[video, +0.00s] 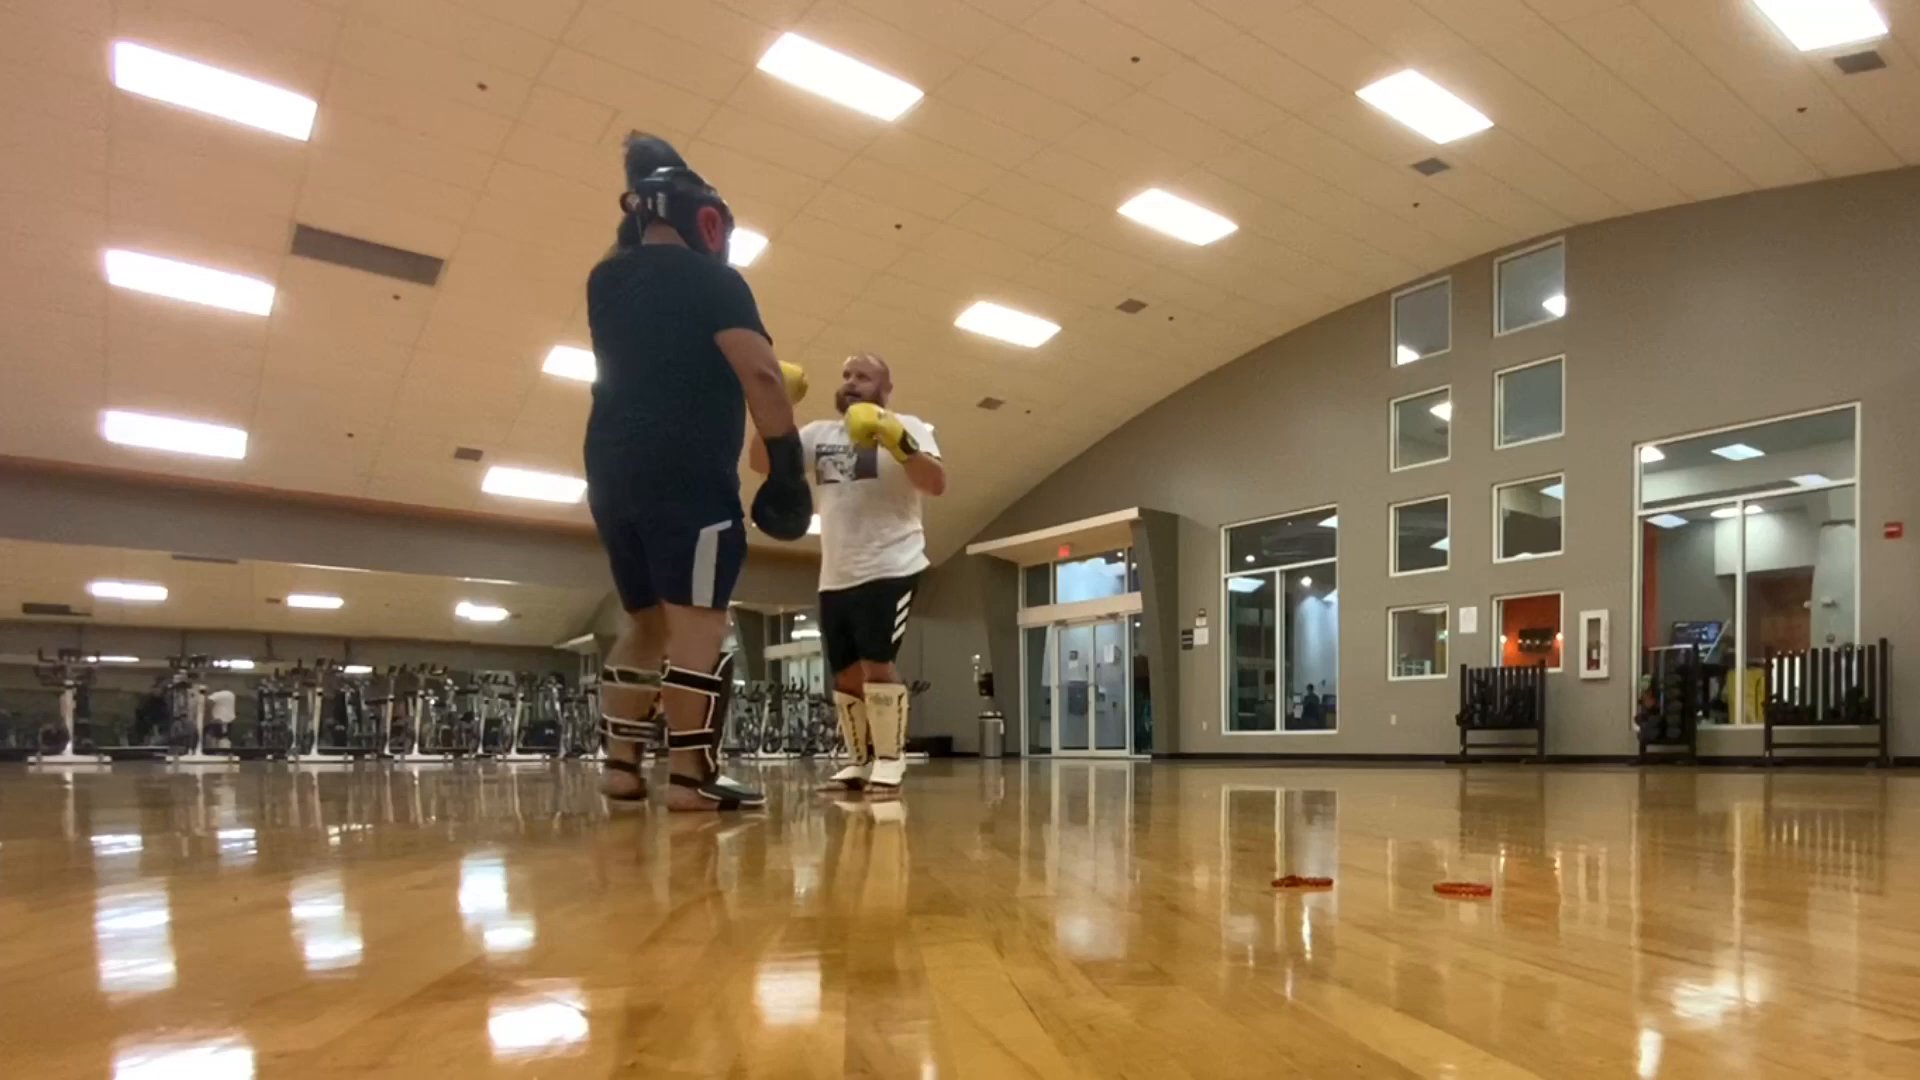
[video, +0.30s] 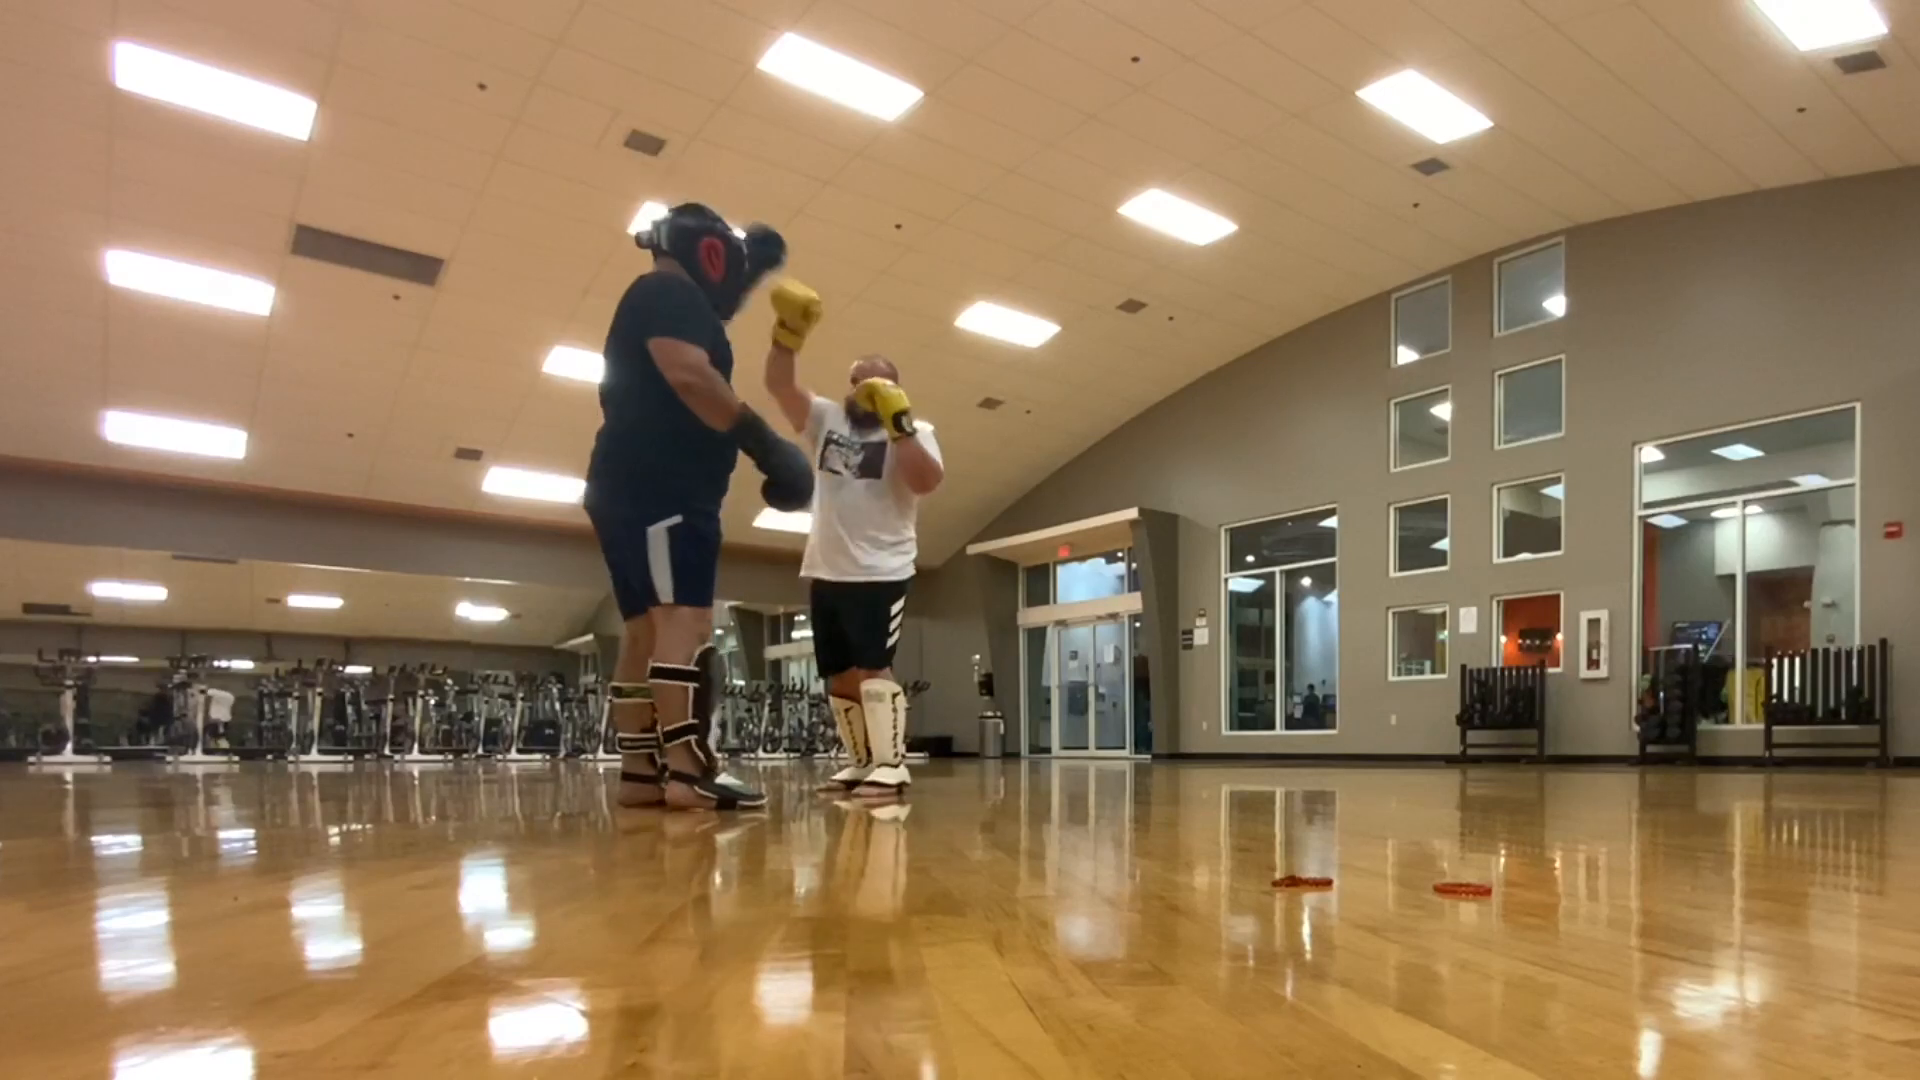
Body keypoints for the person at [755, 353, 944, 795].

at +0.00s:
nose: (851, 381)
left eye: (863, 376)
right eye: (846, 375)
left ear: (886, 389)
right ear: (836, 387)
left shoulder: (909, 428)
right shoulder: (818, 433)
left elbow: (935, 484)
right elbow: (760, 462)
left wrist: (897, 442)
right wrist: (775, 407)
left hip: (891, 564)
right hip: (837, 570)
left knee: (875, 659)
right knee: (846, 668)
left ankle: (888, 762)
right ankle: (858, 760)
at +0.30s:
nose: (865, 386)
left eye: (876, 379)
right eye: (858, 379)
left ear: (894, 389)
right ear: (848, 387)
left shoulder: (914, 432)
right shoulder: (827, 418)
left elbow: (925, 482)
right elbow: (781, 385)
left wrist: (899, 427)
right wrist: (786, 337)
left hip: (881, 570)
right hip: (828, 568)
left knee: (871, 671)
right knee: (839, 675)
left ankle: (890, 767)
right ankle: (861, 762)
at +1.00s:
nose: (856, 386)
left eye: (866, 377)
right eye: (850, 378)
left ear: (886, 385)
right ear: (842, 388)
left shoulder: (901, 425)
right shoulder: (833, 437)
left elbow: (930, 448)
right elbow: (784, 469)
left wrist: (893, 396)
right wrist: (805, 416)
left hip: (893, 559)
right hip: (848, 565)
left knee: (876, 662)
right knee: (858, 669)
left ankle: (891, 767)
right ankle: (879, 764)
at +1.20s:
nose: (854, 380)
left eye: (864, 375)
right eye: (849, 374)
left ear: (881, 385)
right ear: (841, 387)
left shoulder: (898, 426)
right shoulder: (834, 443)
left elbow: (897, 382)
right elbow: (791, 476)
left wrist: (856, 337)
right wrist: (806, 421)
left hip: (889, 551)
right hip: (847, 559)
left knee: (860, 642)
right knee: (862, 652)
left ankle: (882, 753)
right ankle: (881, 753)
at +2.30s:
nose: (820, 370)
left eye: (830, 362)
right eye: (819, 363)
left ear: (854, 367)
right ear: (824, 375)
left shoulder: (865, 410)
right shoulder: (825, 432)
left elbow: (837, 350)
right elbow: (790, 478)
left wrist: (791, 285)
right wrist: (794, 422)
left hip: (867, 545)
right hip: (837, 552)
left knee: (852, 654)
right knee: (856, 656)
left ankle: (880, 757)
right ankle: (882, 757)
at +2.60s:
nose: (821, 365)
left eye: (831, 357)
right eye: (818, 357)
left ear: (856, 361)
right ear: (820, 369)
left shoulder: (868, 399)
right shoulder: (823, 423)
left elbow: (834, 358)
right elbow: (792, 479)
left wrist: (788, 308)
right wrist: (789, 424)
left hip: (870, 540)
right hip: (836, 548)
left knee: (867, 653)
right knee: (838, 660)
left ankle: (884, 759)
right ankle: (859, 755)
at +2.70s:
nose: (822, 377)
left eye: (832, 368)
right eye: (818, 369)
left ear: (858, 370)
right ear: (819, 378)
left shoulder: (873, 402)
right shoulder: (824, 434)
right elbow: (789, 484)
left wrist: (812, 372)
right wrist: (785, 428)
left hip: (868, 548)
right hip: (832, 555)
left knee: (867, 656)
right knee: (838, 664)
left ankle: (884, 761)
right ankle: (855, 760)